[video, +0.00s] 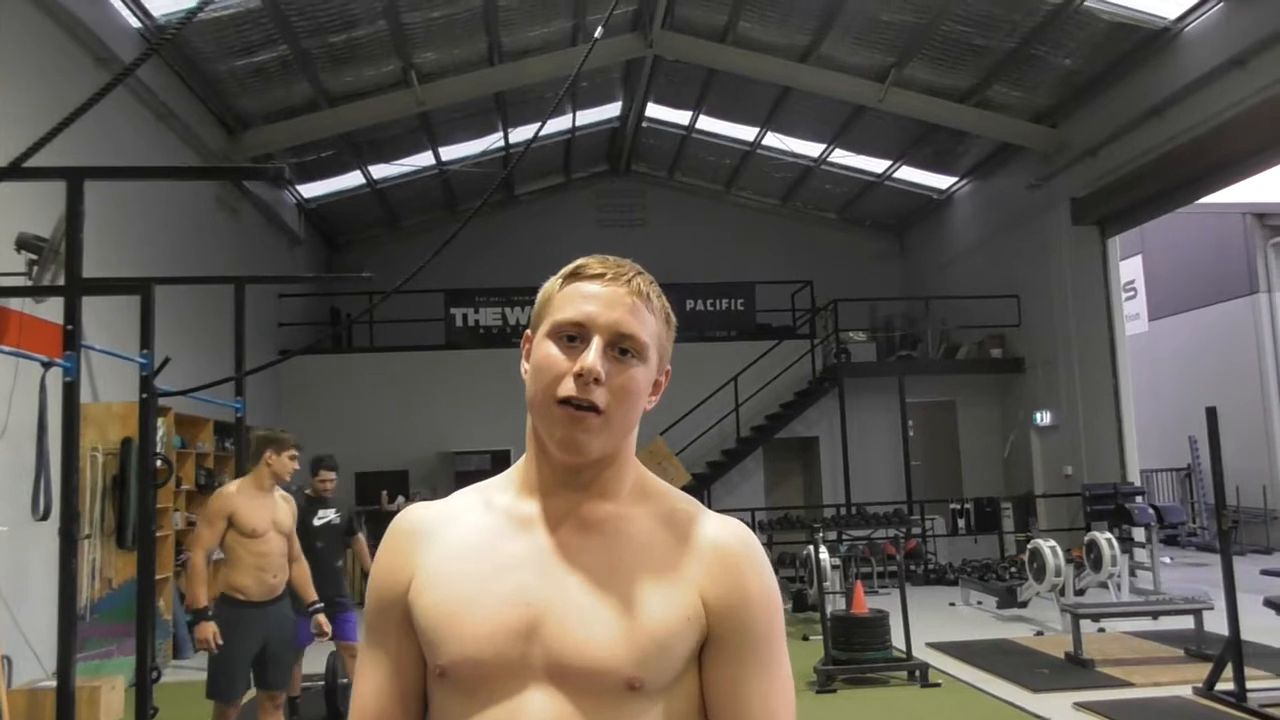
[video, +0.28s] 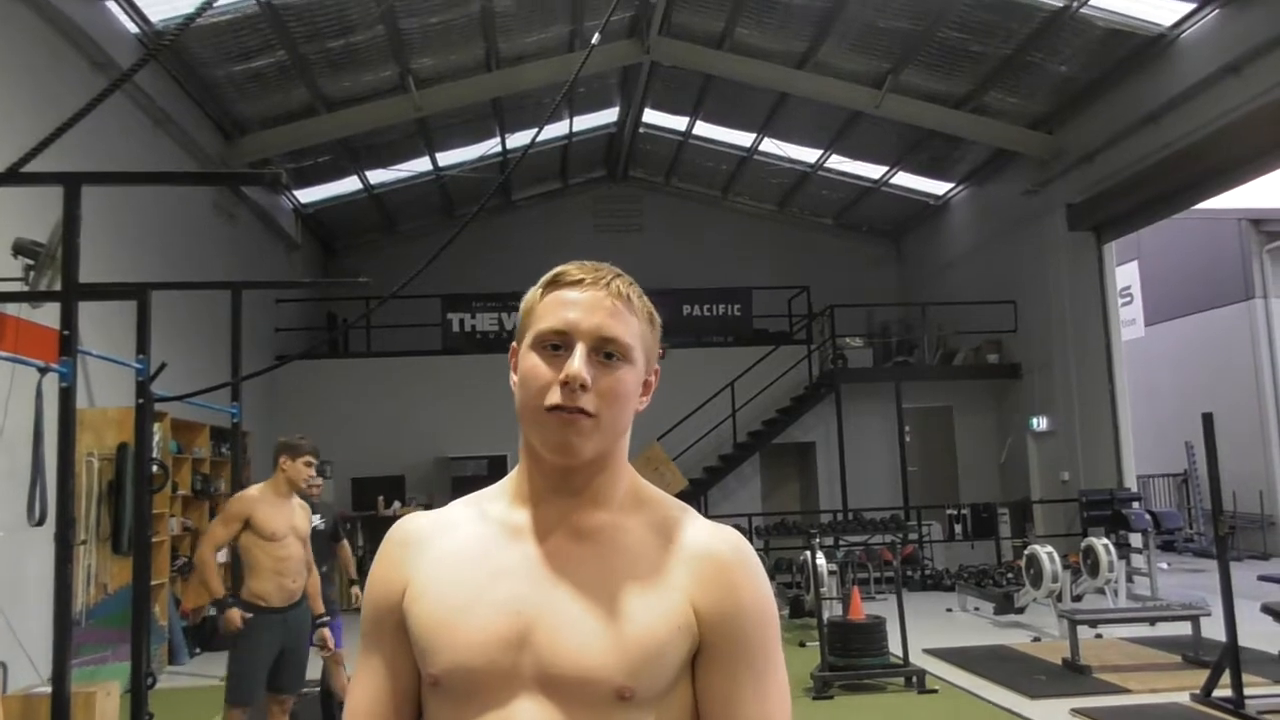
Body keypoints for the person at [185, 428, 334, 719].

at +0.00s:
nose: (296, 466)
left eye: (297, 459)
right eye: (291, 458)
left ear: (273, 459)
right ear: (269, 457)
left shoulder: (287, 502)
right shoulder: (227, 497)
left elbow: (296, 559)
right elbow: (197, 554)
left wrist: (316, 608)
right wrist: (201, 616)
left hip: (279, 611)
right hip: (236, 614)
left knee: (274, 701)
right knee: (228, 705)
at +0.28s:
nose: (312, 473)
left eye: (314, 467)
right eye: (307, 465)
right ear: (284, 463)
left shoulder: (303, 508)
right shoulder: (248, 501)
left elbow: (309, 568)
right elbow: (204, 549)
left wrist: (321, 621)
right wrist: (224, 604)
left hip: (297, 617)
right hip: (255, 620)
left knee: (282, 704)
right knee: (238, 708)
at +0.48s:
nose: (325, 478)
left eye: (327, 472)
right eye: (320, 469)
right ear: (297, 466)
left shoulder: (317, 513)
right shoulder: (262, 503)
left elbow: (321, 571)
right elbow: (218, 550)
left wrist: (330, 625)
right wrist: (236, 604)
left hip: (309, 619)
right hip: (268, 620)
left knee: (293, 704)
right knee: (264, 709)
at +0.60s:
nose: (334, 481)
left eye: (336, 475)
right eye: (329, 473)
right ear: (306, 469)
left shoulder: (324, 515)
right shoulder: (269, 505)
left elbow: (331, 574)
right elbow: (225, 547)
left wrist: (340, 628)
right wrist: (238, 602)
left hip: (316, 618)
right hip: (278, 620)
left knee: (303, 705)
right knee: (294, 708)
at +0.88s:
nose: (357, 489)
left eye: (360, 483)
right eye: (353, 480)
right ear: (330, 476)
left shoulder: (347, 520)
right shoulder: (295, 513)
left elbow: (354, 579)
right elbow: (254, 563)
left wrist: (361, 631)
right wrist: (265, 621)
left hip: (336, 625)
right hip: (304, 627)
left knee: (300, 707)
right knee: (337, 710)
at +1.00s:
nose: (370, 490)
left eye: (372, 484)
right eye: (365, 481)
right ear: (342, 478)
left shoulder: (359, 518)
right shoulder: (309, 517)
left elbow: (366, 571)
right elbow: (276, 571)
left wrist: (373, 618)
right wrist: (276, 634)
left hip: (351, 625)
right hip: (321, 628)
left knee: (321, 707)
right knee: (345, 709)